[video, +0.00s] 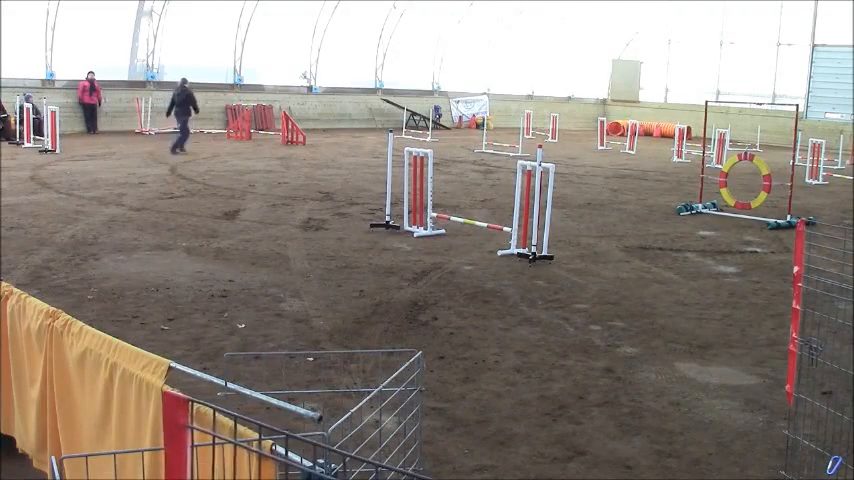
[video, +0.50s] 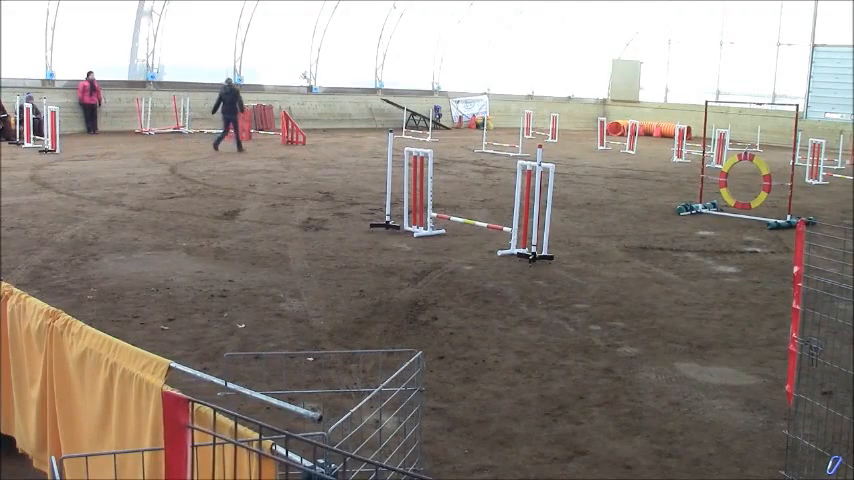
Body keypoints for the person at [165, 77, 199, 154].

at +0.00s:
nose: (186, 85)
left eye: (185, 83)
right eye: (186, 83)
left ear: (180, 83)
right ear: (186, 83)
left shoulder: (176, 91)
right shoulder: (188, 91)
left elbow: (172, 102)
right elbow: (193, 101)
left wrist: (168, 111)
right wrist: (196, 109)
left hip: (177, 112)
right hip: (185, 112)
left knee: (184, 130)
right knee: (184, 132)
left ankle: (181, 146)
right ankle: (174, 147)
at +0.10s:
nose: (194, 84)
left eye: (192, 82)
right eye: (195, 82)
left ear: (190, 82)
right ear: (196, 82)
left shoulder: (186, 90)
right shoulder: (199, 90)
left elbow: (182, 101)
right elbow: (204, 100)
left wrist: (177, 110)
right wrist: (205, 108)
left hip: (188, 111)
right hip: (196, 111)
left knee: (196, 129)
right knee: (189, 130)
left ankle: (202, 145)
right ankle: (178, 145)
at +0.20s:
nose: (203, 85)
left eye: (201, 83)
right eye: (203, 83)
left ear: (199, 84)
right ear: (205, 84)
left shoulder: (196, 92)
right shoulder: (208, 92)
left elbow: (191, 103)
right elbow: (213, 102)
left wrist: (186, 112)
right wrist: (215, 110)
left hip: (198, 113)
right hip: (206, 113)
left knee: (205, 131)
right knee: (205, 131)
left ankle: (209, 146)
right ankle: (191, 141)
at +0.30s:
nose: (212, 85)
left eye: (210, 84)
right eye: (213, 84)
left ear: (208, 84)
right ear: (214, 84)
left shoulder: (205, 92)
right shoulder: (218, 93)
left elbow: (200, 104)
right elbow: (222, 105)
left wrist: (195, 114)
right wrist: (225, 115)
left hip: (207, 116)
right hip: (214, 116)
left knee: (212, 131)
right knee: (220, 132)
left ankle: (210, 145)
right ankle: (211, 144)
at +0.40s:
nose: (221, 83)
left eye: (219, 82)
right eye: (222, 82)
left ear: (217, 82)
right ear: (223, 82)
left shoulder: (214, 90)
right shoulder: (226, 91)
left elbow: (210, 101)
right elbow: (230, 102)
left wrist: (205, 110)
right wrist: (233, 110)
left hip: (216, 114)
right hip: (224, 114)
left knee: (216, 131)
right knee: (229, 129)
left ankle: (211, 146)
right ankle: (230, 146)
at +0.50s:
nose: (229, 84)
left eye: (227, 83)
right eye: (230, 82)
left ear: (225, 83)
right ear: (232, 83)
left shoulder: (223, 90)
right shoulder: (235, 90)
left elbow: (218, 101)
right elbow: (239, 100)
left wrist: (214, 110)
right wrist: (242, 109)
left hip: (225, 113)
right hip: (233, 113)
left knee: (225, 130)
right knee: (236, 130)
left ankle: (216, 143)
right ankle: (239, 146)